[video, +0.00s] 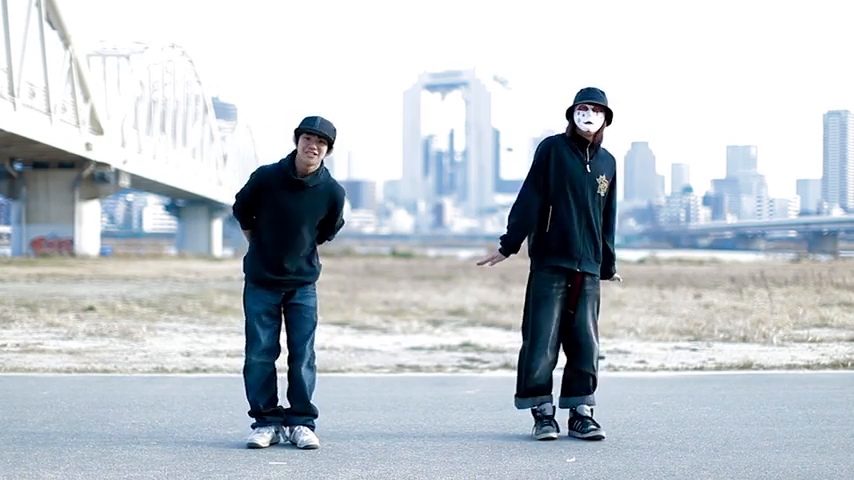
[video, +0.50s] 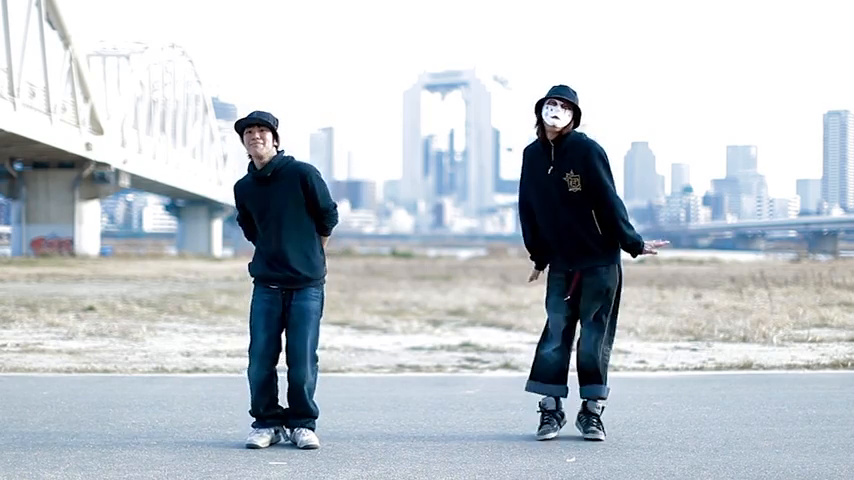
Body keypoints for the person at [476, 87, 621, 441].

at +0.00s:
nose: (588, 116)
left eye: (594, 111)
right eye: (582, 110)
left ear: (604, 119)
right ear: (572, 114)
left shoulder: (607, 161)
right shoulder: (552, 148)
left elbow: (607, 217)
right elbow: (530, 197)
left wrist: (608, 263)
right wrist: (507, 246)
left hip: (589, 260)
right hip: (550, 258)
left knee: (585, 337)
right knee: (543, 335)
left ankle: (581, 413)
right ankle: (543, 413)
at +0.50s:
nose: (554, 112)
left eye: (563, 108)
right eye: (550, 105)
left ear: (573, 116)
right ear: (540, 111)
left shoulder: (586, 150)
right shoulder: (532, 153)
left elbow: (608, 199)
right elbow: (527, 207)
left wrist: (634, 243)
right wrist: (538, 255)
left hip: (599, 258)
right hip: (561, 258)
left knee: (595, 333)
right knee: (555, 330)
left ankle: (590, 412)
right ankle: (550, 411)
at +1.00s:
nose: (565, 115)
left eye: (570, 108)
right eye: (558, 110)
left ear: (582, 112)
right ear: (549, 116)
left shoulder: (603, 152)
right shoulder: (536, 154)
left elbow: (616, 198)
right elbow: (525, 204)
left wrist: (629, 232)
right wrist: (521, 249)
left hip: (592, 256)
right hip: (551, 256)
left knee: (590, 331)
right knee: (548, 330)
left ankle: (593, 411)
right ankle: (551, 409)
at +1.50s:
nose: (573, 113)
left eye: (579, 107)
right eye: (567, 107)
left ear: (589, 114)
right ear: (556, 113)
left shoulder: (603, 156)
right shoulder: (541, 152)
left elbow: (601, 202)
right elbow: (533, 194)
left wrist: (587, 230)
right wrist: (537, 219)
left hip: (590, 246)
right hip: (550, 246)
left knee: (587, 297)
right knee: (549, 327)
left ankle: (585, 354)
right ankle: (551, 407)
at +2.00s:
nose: (575, 119)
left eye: (582, 113)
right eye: (569, 113)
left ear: (591, 118)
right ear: (559, 118)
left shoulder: (607, 159)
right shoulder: (541, 163)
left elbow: (632, 193)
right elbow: (529, 217)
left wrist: (639, 230)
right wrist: (517, 265)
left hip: (598, 257)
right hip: (558, 258)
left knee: (593, 334)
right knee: (569, 324)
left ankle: (586, 410)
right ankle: (559, 394)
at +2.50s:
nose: (583, 133)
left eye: (590, 127)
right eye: (577, 126)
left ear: (599, 130)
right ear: (566, 129)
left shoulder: (612, 169)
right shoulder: (543, 167)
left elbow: (639, 212)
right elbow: (503, 195)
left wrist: (633, 249)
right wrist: (509, 237)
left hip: (598, 268)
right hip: (557, 269)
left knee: (594, 341)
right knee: (559, 343)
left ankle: (593, 411)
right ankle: (556, 414)